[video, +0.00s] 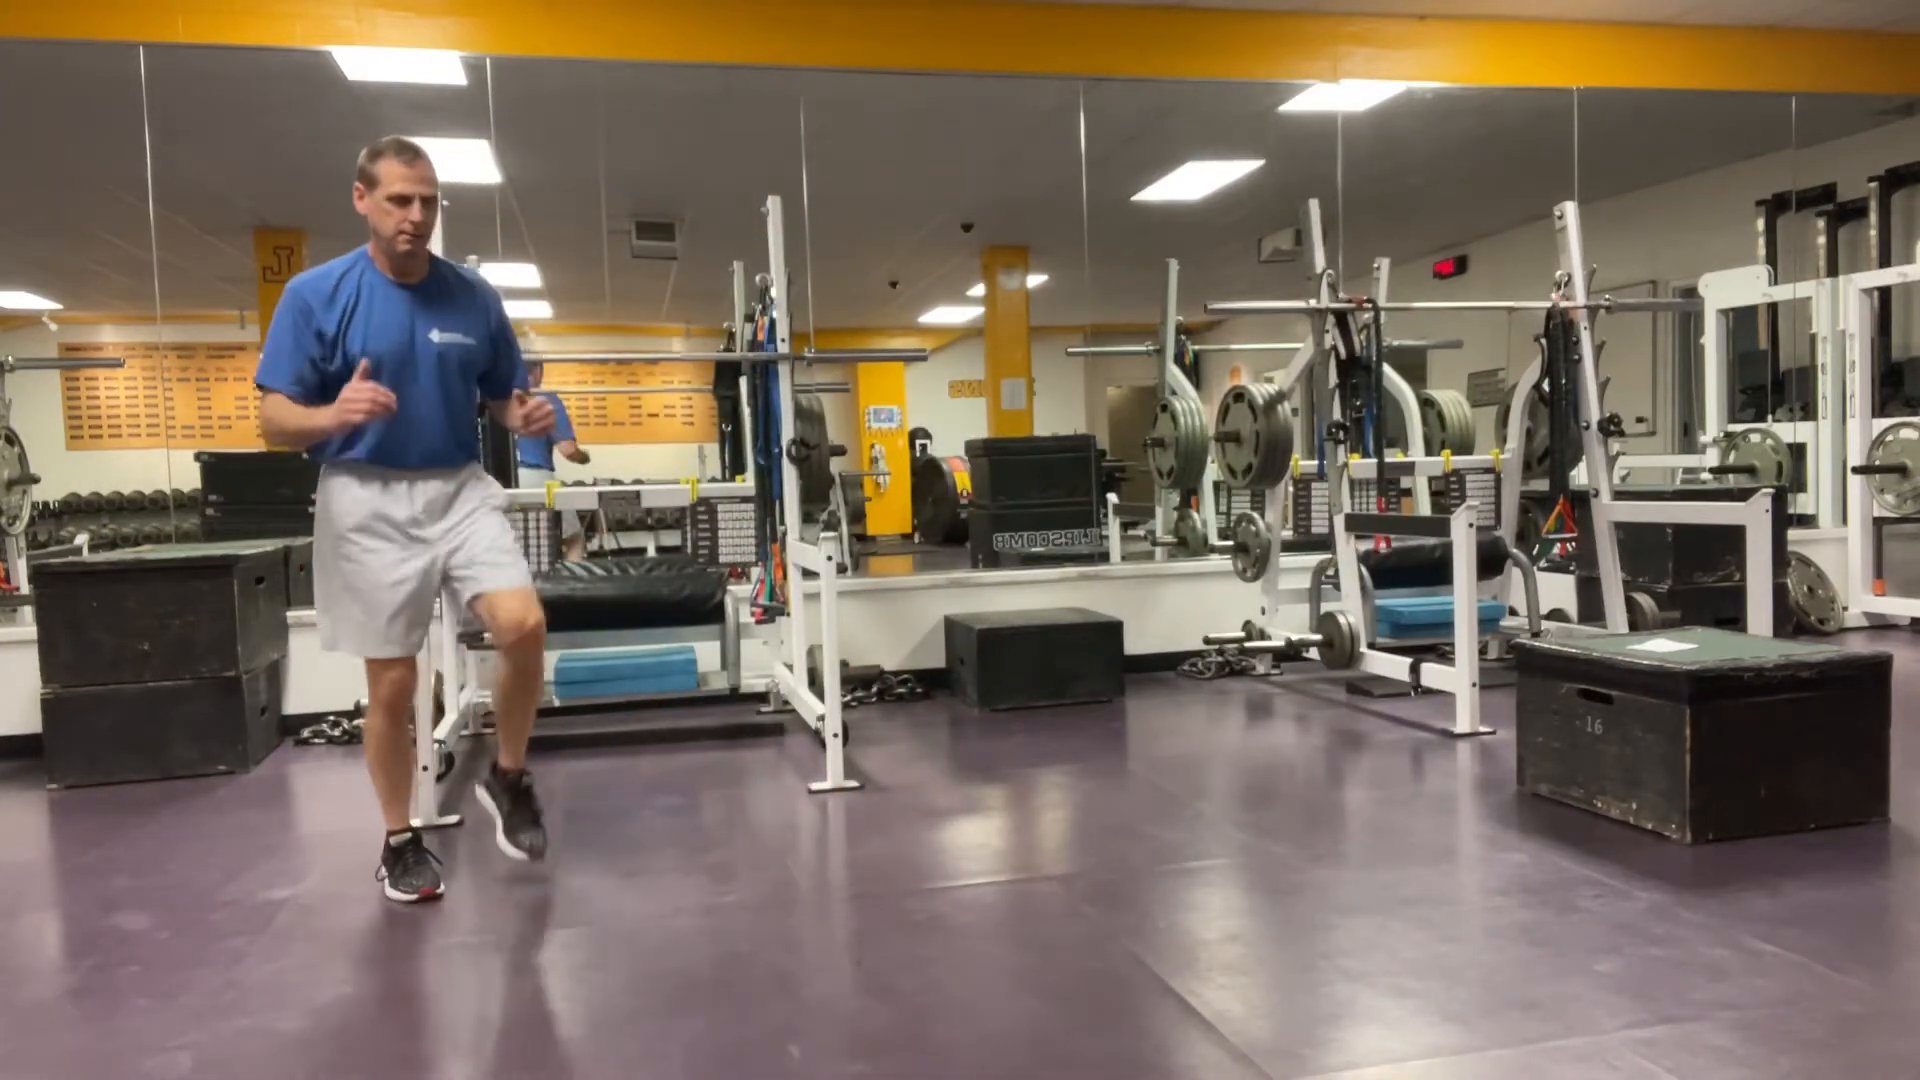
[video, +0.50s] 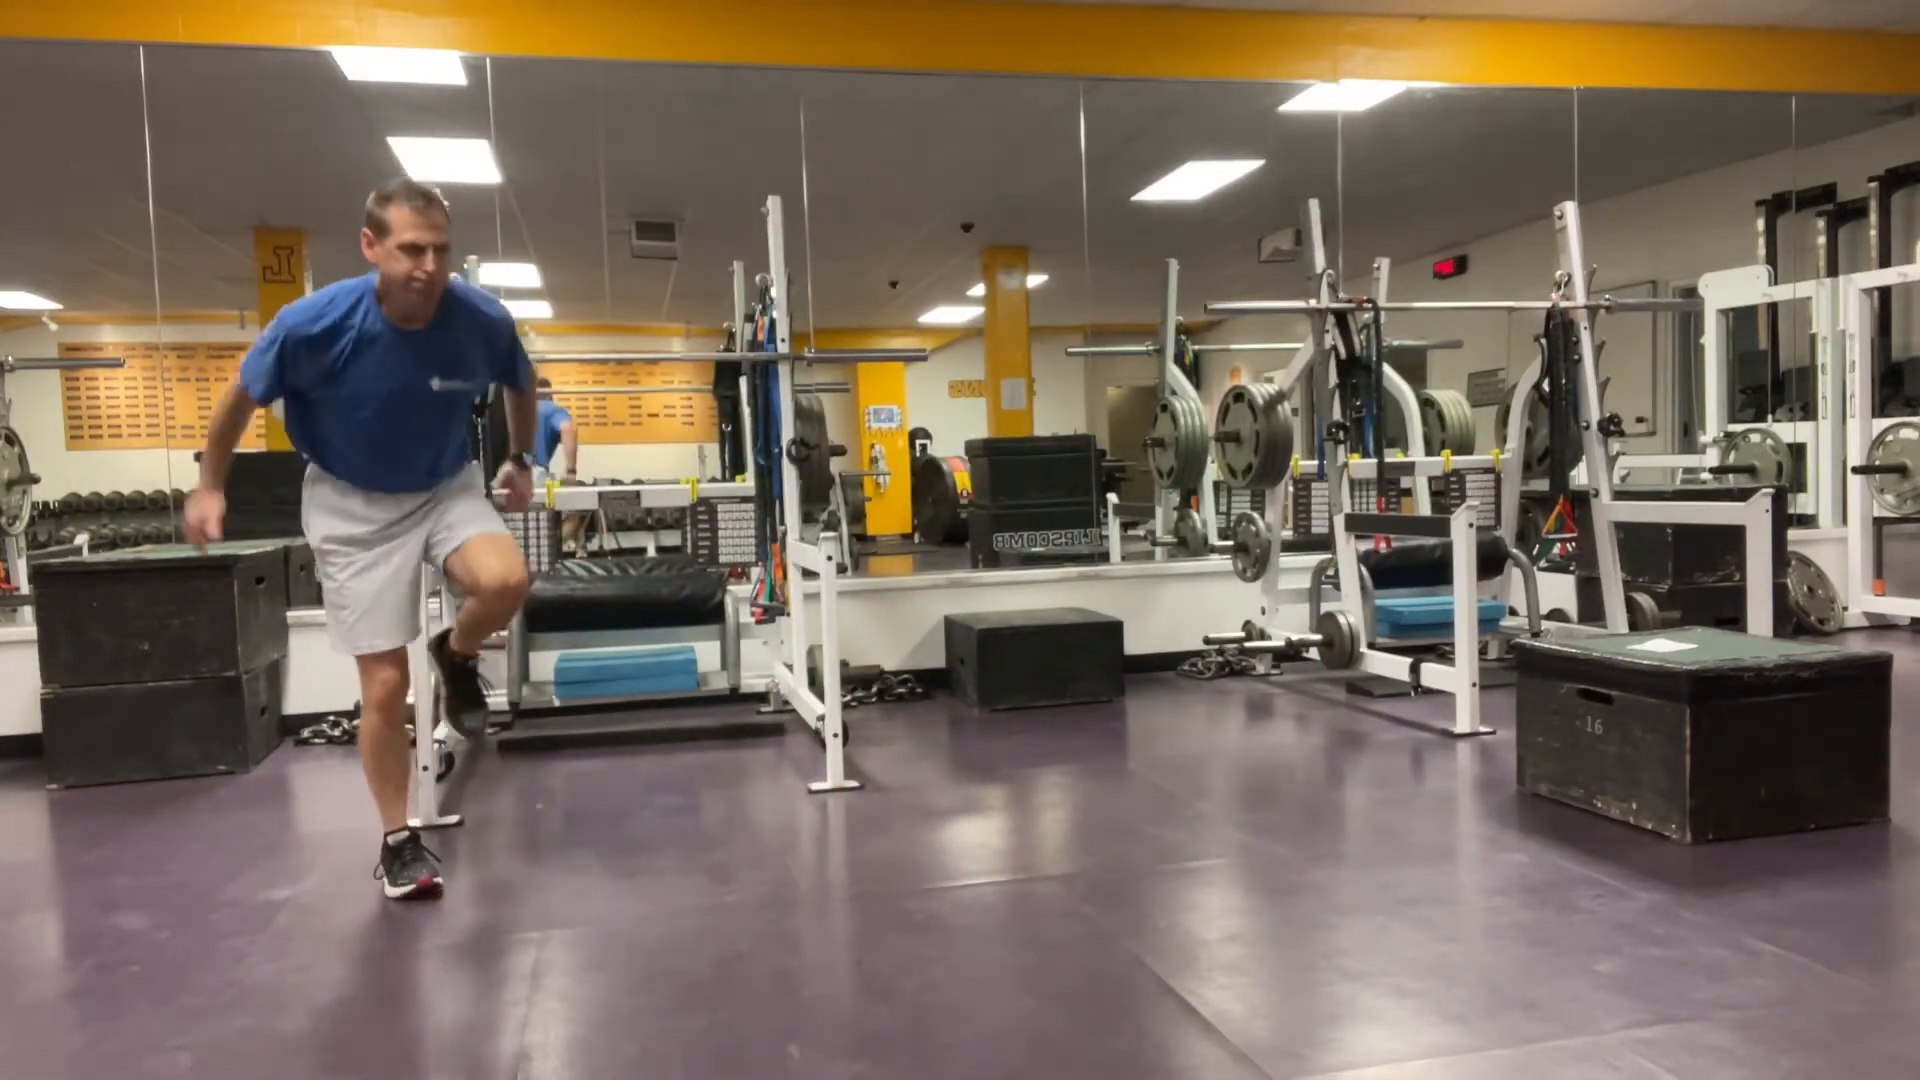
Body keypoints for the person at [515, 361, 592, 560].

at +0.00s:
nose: (541, 377)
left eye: (539, 371)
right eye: (540, 371)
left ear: (513, 372)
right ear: (536, 372)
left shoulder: (499, 399)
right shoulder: (546, 400)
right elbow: (567, 449)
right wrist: (583, 457)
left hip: (501, 473)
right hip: (535, 474)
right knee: (573, 538)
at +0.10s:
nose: (538, 376)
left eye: (536, 371)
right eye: (537, 371)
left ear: (510, 373)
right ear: (534, 372)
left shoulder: (496, 400)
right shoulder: (544, 401)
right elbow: (566, 450)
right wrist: (579, 457)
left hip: (498, 473)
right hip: (532, 473)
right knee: (575, 520)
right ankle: (571, 577)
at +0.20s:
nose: (537, 378)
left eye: (536, 373)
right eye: (536, 373)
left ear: (509, 375)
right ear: (533, 374)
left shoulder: (495, 402)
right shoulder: (544, 402)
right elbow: (565, 450)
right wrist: (575, 463)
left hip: (499, 472)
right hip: (532, 471)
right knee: (578, 504)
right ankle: (566, 564)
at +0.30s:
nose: (538, 381)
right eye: (538, 377)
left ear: (512, 378)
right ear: (535, 378)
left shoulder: (496, 402)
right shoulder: (544, 403)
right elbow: (566, 449)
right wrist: (578, 478)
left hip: (498, 482)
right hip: (532, 481)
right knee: (582, 498)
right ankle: (562, 550)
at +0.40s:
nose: (544, 387)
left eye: (542, 385)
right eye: (544, 384)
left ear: (520, 384)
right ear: (541, 383)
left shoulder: (505, 404)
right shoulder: (548, 406)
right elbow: (564, 442)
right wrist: (576, 478)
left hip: (501, 478)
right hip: (534, 478)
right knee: (581, 500)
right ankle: (558, 544)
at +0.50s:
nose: (551, 397)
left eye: (548, 393)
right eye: (550, 393)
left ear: (529, 392)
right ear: (548, 392)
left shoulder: (516, 407)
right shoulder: (550, 409)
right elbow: (567, 428)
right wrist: (571, 471)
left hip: (506, 475)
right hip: (536, 474)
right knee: (582, 496)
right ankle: (559, 541)